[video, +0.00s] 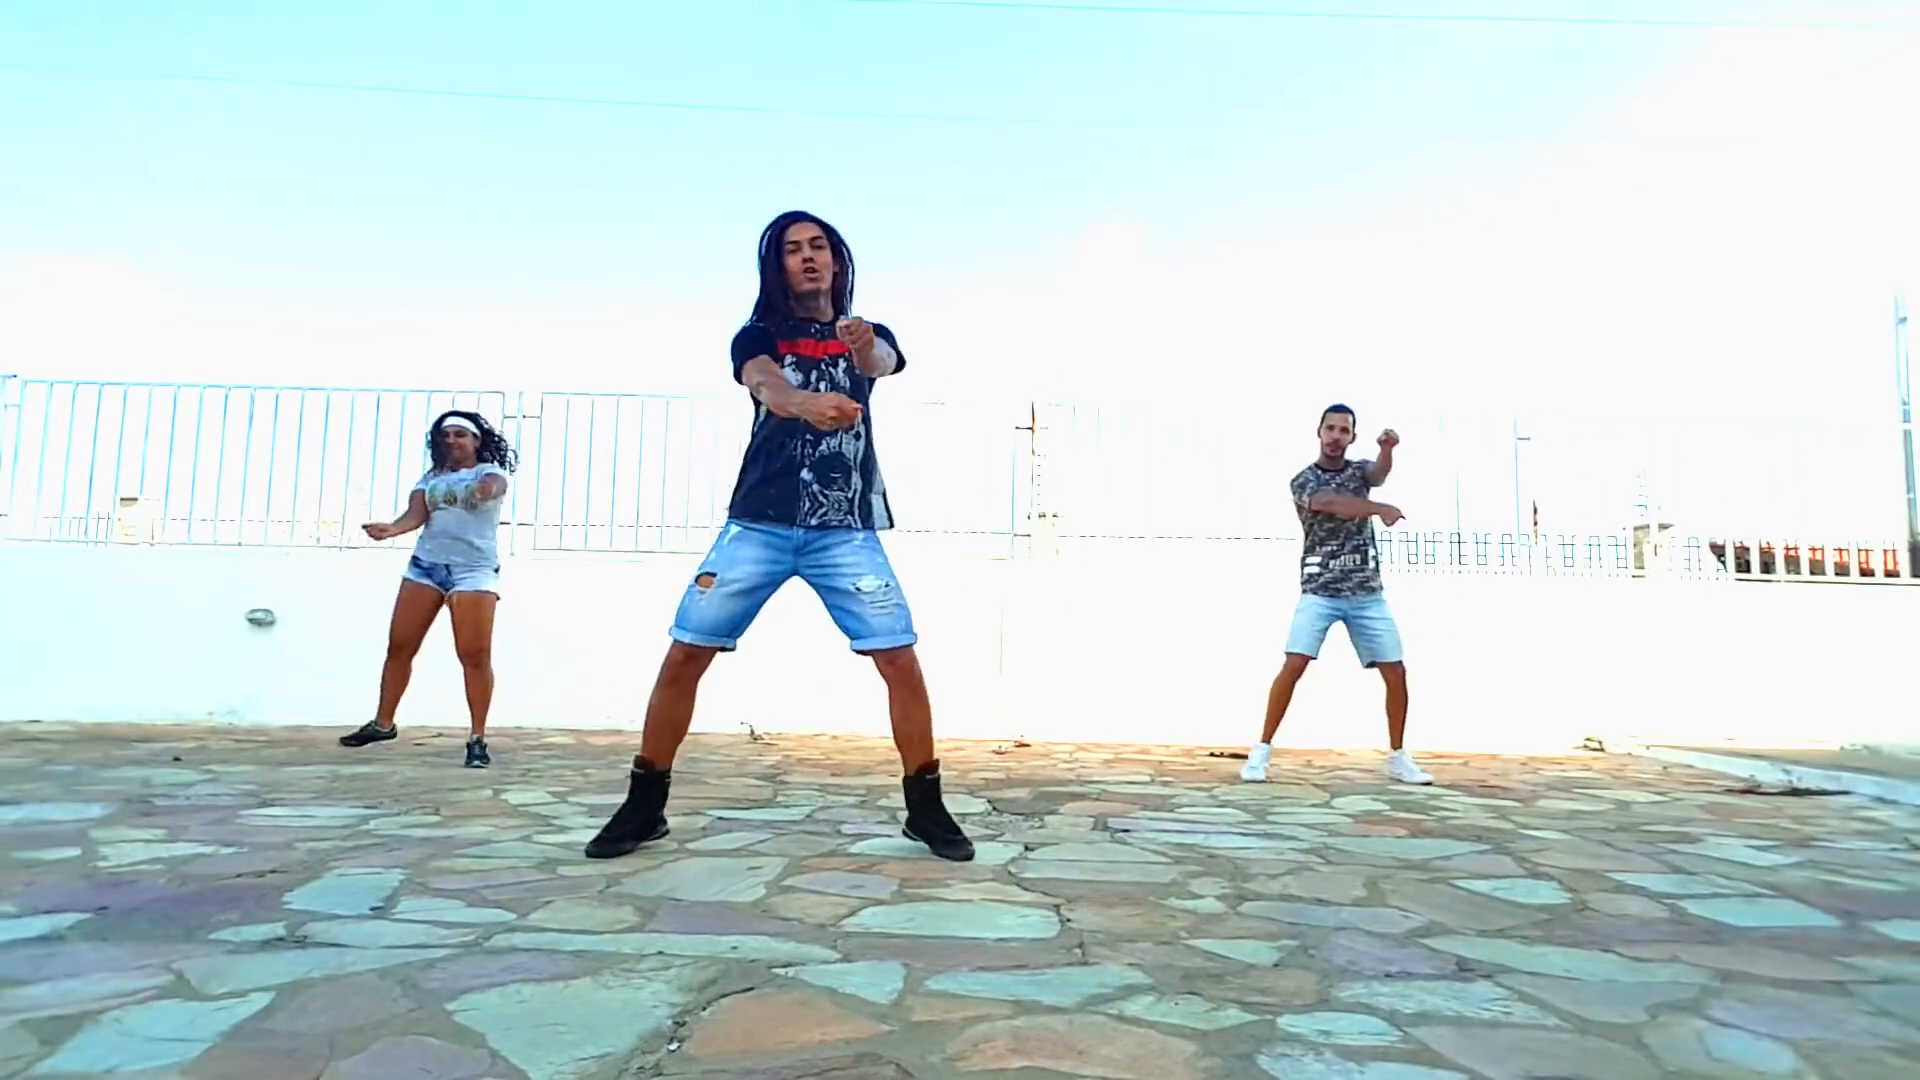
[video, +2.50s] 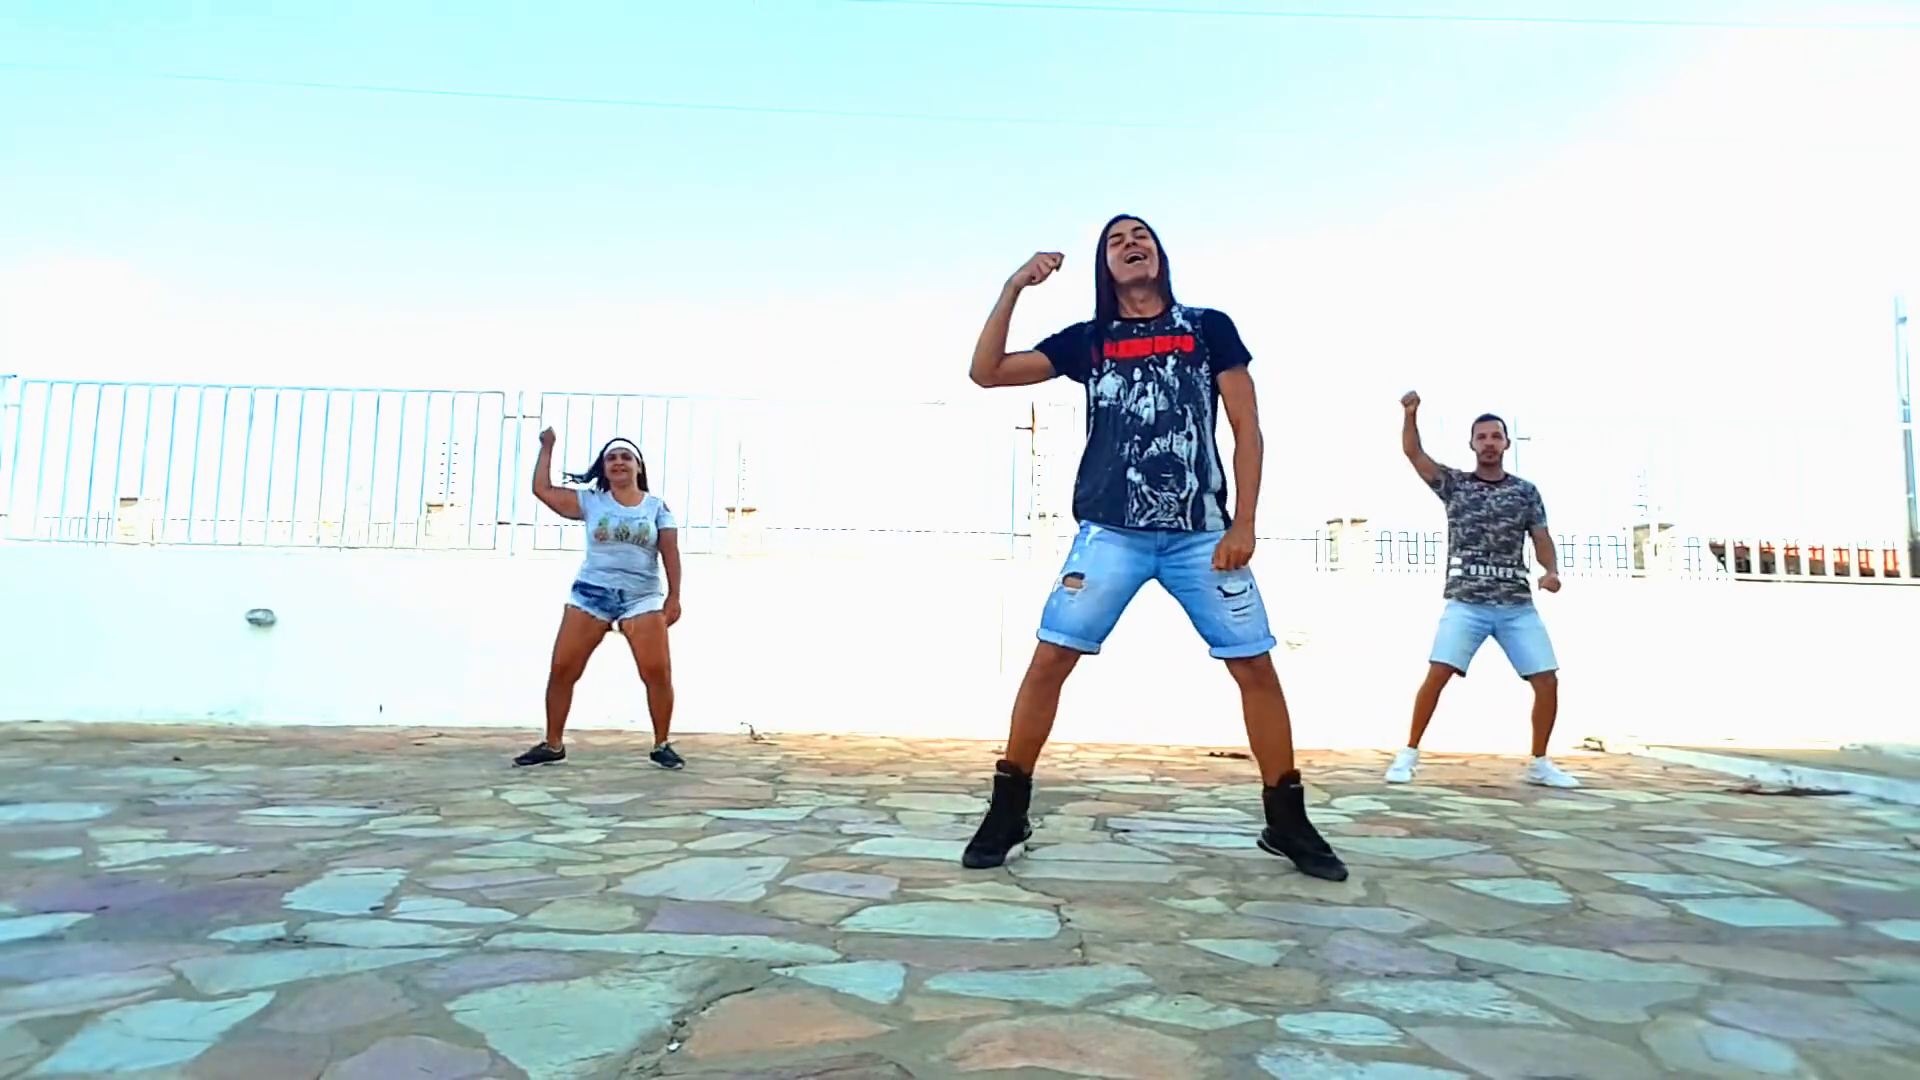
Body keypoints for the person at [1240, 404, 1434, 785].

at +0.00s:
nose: (1337, 436)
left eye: (1344, 431)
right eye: (1331, 429)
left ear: (1352, 438)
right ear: (1319, 433)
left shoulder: (1359, 472)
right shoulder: (1304, 480)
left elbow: (1378, 474)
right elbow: (1325, 504)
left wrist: (1385, 451)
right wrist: (1376, 508)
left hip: (1367, 593)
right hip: (1320, 593)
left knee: (1395, 671)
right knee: (1295, 664)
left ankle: (1398, 756)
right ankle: (1262, 749)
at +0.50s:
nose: (1272, 431)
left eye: (1280, 426)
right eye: (1267, 425)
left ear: (1292, 437)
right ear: (1259, 433)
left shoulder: (1300, 475)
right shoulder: (1245, 478)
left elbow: (1322, 482)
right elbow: (1263, 510)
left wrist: (1320, 454)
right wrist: (1325, 506)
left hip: (1301, 596)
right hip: (1255, 596)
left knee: (1332, 670)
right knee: (1235, 670)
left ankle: (1337, 754)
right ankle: (1214, 749)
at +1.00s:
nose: (1296, 437)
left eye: (1305, 433)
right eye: (1291, 432)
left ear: (1317, 447)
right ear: (1284, 444)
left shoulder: (1330, 498)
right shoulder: (1265, 490)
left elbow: (1346, 549)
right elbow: (1219, 510)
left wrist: (1373, 583)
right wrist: (1209, 499)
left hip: (1322, 609)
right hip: (1275, 608)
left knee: (1362, 676)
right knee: (1263, 677)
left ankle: (1369, 757)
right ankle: (1245, 754)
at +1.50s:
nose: (1352, 443)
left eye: (1359, 439)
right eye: (1346, 438)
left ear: (1370, 448)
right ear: (1336, 446)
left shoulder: (1379, 502)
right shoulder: (1315, 485)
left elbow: (1387, 555)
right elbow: (1277, 447)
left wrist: (1404, 594)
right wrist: (1298, 409)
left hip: (1369, 609)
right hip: (1324, 607)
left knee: (1413, 679)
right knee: (1309, 681)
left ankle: (1407, 758)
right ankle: (1291, 753)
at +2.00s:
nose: (1420, 450)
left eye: (1427, 444)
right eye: (1413, 445)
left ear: (1438, 453)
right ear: (1404, 453)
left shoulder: (1452, 506)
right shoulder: (1386, 492)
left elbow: (1466, 555)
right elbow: (1350, 456)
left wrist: (1484, 584)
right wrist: (1340, 407)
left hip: (1446, 612)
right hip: (1398, 610)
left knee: (1495, 681)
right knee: (1378, 679)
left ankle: (1488, 761)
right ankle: (1352, 756)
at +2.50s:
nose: (1489, 442)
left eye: (1496, 436)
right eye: (1482, 436)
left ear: (1506, 444)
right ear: (1471, 443)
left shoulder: (1525, 492)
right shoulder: (1453, 483)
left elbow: (1541, 538)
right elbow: (1413, 453)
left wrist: (1551, 570)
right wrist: (1410, 413)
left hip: (1516, 604)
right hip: (1465, 602)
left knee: (1547, 681)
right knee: (1439, 672)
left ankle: (1538, 762)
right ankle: (1409, 752)